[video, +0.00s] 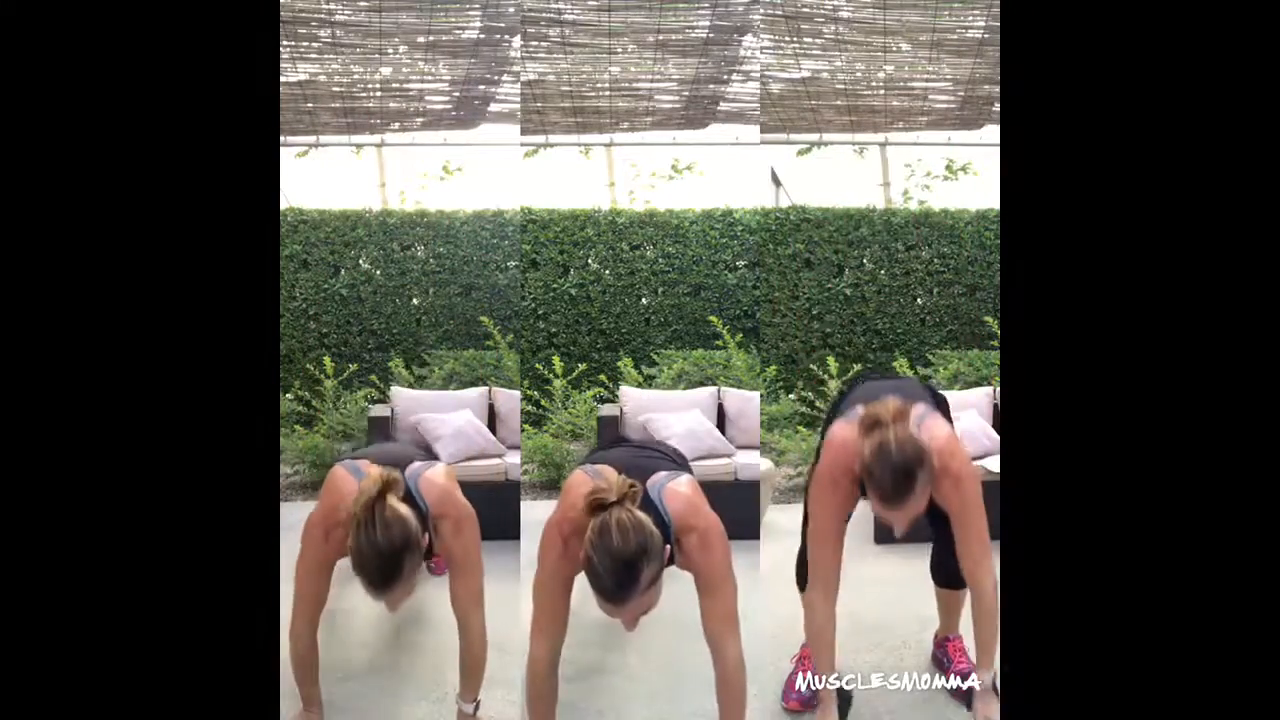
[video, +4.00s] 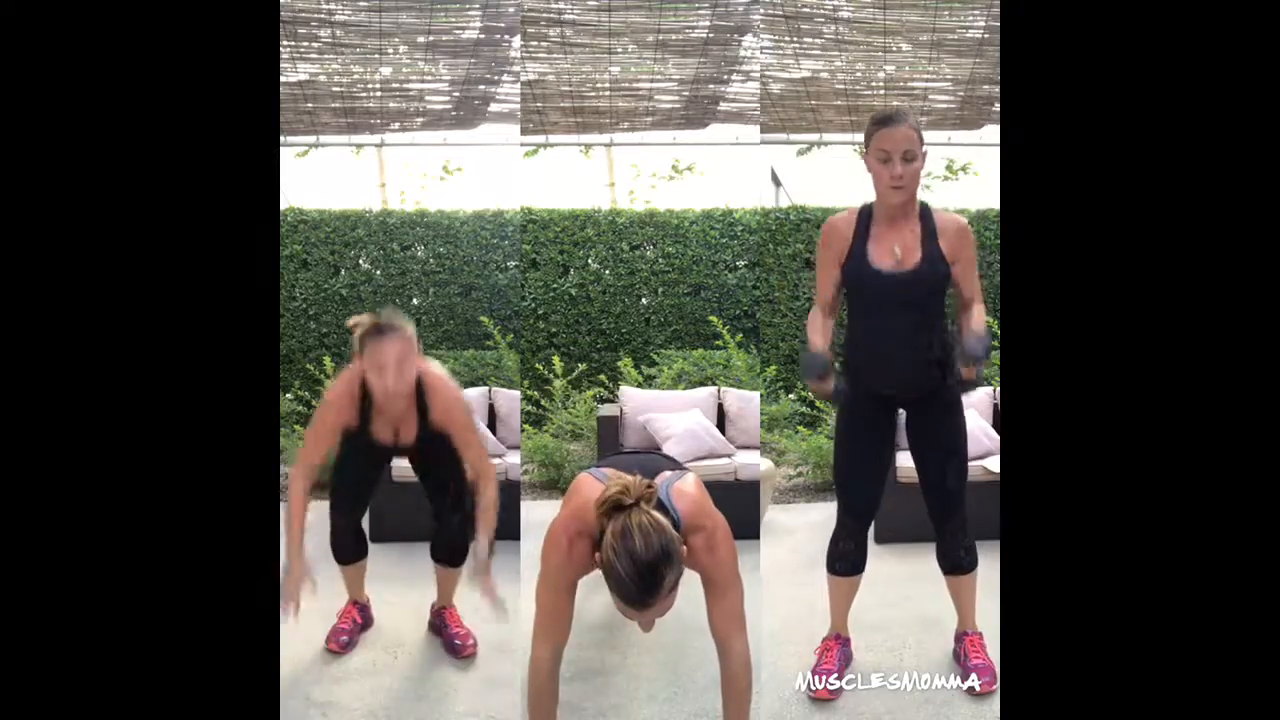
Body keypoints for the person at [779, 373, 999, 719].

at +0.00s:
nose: (898, 529)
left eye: (909, 517)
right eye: (887, 519)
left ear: (928, 481)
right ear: (865, 484)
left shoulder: (948, 453)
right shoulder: (839, 451)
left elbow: (982, 580)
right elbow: (820, 589)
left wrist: (985, 686)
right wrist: (826, 701)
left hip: (926, 399)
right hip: (855, 397)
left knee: (952, 540)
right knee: (813, 551)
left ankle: (948, 639)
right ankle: (812, 650)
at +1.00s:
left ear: (928, 543)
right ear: (854, 552)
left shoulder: (951, 491)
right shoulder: (833, 495)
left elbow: (978, 605)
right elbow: (816, 616)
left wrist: (979, 696)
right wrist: (823, 706)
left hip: (923, 386)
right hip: (850, 389)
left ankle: (935, 541)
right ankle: (841, 559)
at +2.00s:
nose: (877, 251)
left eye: (886, 239)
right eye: (863, 241)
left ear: (902, 246)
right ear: (846, 251)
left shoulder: (929, 303)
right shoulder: (825, 305)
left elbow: (958, 391)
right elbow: (807, 396)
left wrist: (957, 336)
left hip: (914, 432)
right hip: (846, 434)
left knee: (953, 538)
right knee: (809, 548)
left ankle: (958, 641)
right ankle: (811, 649)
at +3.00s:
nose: (896, 164)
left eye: (905, 157)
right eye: (886, 157)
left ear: (918, 173)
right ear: (869, 172)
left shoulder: (938, 226)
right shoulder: (848, 224)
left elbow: (961, 139)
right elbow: (810, 135)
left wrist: (955, 66)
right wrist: (821, 60)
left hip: (929, 395)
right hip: (859, 395)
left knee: (953, 529)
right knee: (839, 527)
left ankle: (967, 637)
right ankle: (835, 640)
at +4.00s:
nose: (898, 170)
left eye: (909, 158)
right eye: (885, 159)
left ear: (923, 163)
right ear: (867, 165)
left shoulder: (950, 229)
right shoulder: (841, 229)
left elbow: (972, 303)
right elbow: (822, 310)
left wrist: (974, 345)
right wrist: (818, 353)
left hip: (934, 391)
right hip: (864, 391)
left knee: (951, 519)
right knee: (852, 520)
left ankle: (969, 635)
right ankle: (837, 639)